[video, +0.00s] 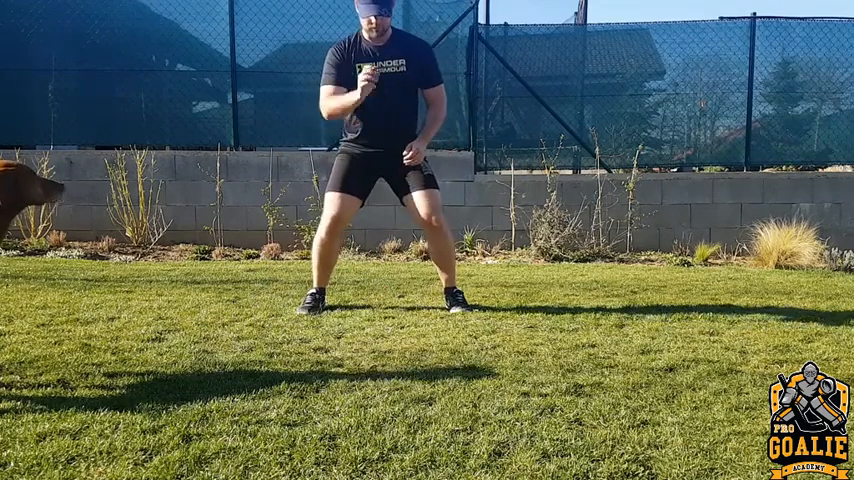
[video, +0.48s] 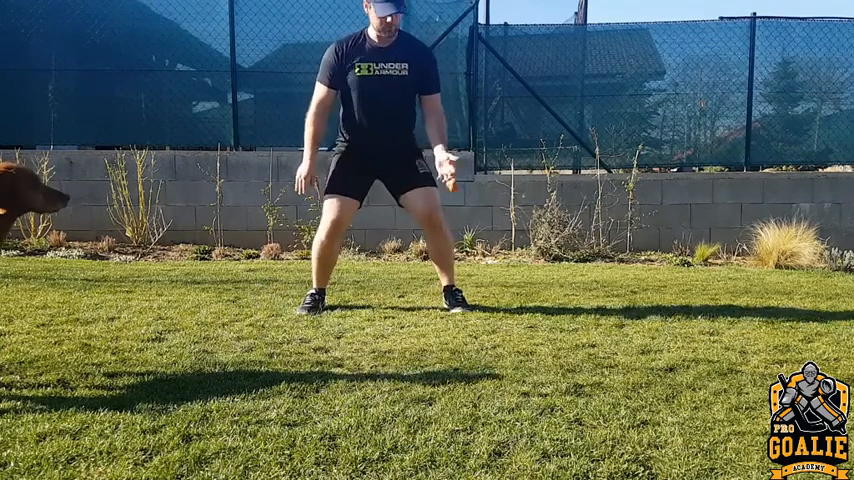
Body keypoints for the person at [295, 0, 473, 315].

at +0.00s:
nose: (374, 22)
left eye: (380, 15)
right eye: (367, 16)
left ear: (390, 13)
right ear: (358, 14)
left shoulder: (417, 50)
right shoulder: (341, 52)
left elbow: (437, 104)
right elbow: (328, 108)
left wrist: (422, 141)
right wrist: (358, 94)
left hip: (405, 148)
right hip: (357, 148)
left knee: (433, 218)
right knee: (332, 220)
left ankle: (452, 291)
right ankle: (317, 293)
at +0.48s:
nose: (391, 21)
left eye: (396, 14)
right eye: (383, 14)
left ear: (403, 12)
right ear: (367, 8)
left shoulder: (420, 54)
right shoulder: (341, 52)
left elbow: (433, 110)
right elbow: (319, 108)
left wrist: (441, 153)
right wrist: (309, 158)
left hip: (402, 152)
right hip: (354, 153)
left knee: (433, 217)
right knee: (332, 223)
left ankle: (451, 289)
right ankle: (317, 293)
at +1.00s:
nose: (482, 48)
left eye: (488, 42)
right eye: (476, 39)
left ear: (494, 42)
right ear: (460, 30)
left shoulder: (492, 86)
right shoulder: (421, 65)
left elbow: (500, 144)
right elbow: (385, 115)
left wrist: (513, 143)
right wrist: (407, 159)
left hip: (447, 164)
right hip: (400, 157)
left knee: (475, 220)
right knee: (360, 226)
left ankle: (473, 296)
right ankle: (324, 291)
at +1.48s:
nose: (407, 23)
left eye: (414, 17)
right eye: (401, 16)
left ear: (424, 17)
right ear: (391, 15)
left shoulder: (444, 59)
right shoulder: (367, 55)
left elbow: (457, 117)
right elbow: (347, 108)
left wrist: (429, 128)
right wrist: (374, 110)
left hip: (423, 153)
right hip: (375, 151)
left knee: (453, 218)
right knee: (344, 222)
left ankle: (472, 295)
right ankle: (323, 293)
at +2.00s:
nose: (405, 22)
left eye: (412, 15)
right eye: (398, 15)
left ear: (421, 13)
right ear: (387, 12)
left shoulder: (443, 52)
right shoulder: (366, 55)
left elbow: (463, 104)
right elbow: (351, 114)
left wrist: (448, 130)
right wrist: (346, 166)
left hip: (427, 151)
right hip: (380, 151)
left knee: (454, 216)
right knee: (350, 221)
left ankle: (472, 294)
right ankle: (324, 293)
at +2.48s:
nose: (324, 47)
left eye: (328, 40)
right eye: (321, 42)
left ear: (351, 32)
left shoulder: (395, 67)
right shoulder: (323, 78)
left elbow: (427, 121)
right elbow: (318, 127)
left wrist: (407, 167)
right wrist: (297, 166)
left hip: (400, 165)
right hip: (352, 165)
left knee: (434, 229)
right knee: (318, 227)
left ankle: (470, 294)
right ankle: (311, 294)